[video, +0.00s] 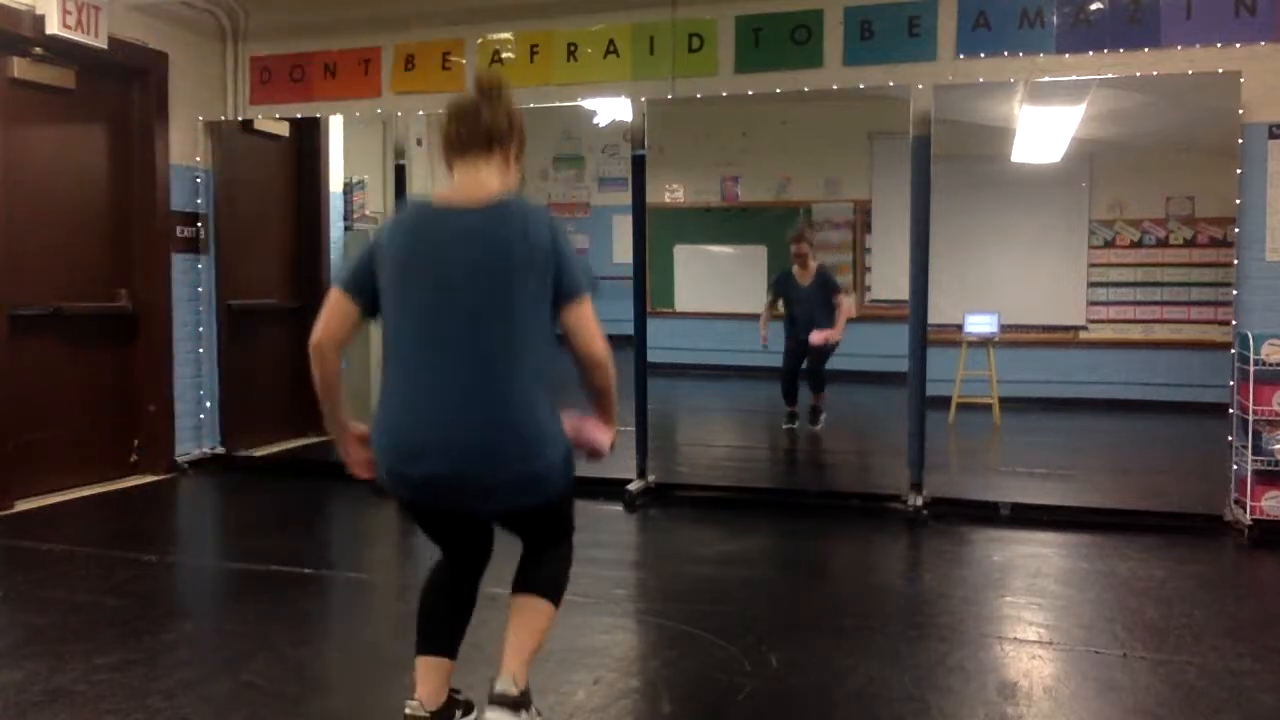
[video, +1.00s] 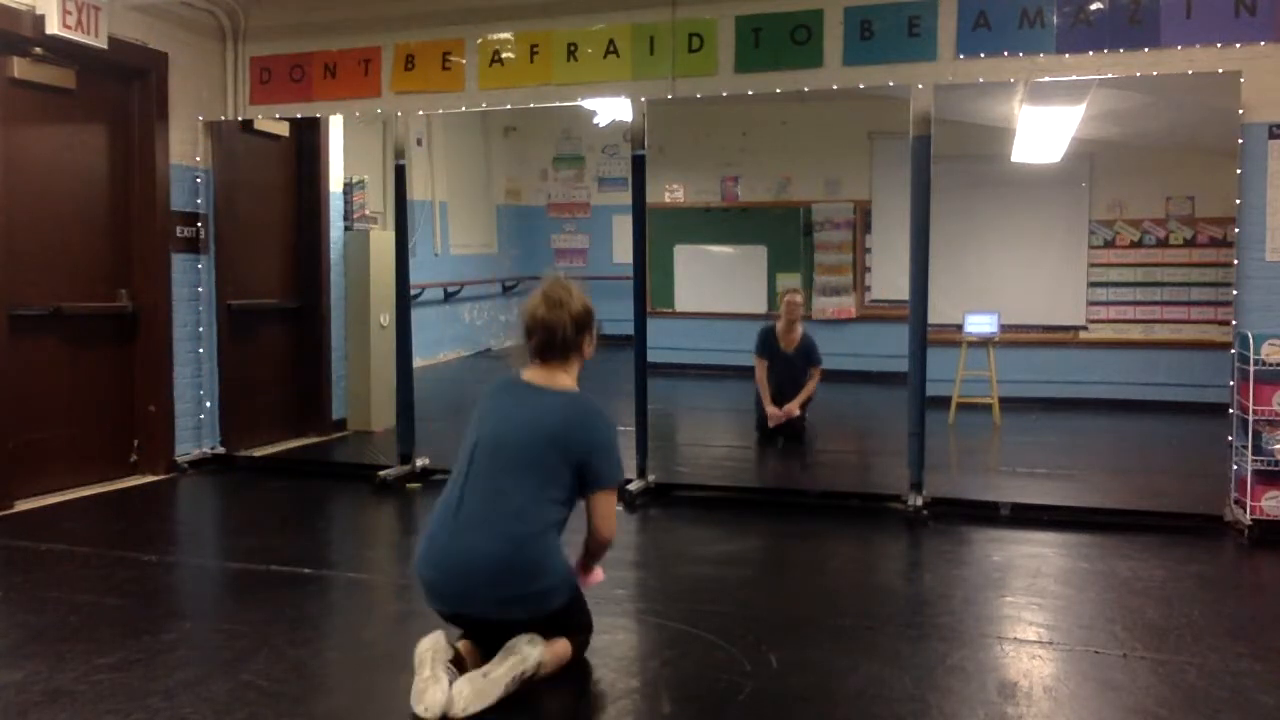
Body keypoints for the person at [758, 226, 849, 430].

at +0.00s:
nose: (799, 260)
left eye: (803, 255)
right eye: (796, 256)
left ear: (811, 253)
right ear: (790, 254)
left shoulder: (823, 276)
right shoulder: (785, 279)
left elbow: (843, 303)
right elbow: (770, 304)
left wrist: (837, 331)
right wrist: (763, 328)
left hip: (821, 335)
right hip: (796, 336)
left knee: (814, 370)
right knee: (788, 374)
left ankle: (817, 407)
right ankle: (792, 411)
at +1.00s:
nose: (792, 308)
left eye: (797, 304)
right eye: (788, 304)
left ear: (802, 309)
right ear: (781, 307)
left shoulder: (807, 342)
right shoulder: (767, 335)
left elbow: (815, 376)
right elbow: (760, 371)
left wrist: (795, 404)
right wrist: (768, 406)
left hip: (795, 409)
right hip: (769, 407)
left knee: (794, 457)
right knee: (766, 456)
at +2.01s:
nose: (787, 333)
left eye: (791, 328)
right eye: (782, 329)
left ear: (797, 332)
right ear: (775, 333)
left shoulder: (807, 358)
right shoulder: (766, 359)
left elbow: (813, 396)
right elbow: (773, 397)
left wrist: (813, 430)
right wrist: (787, 432)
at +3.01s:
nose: (741, 384)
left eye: (742, 379)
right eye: (739, 381)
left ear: (752, 372)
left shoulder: (781, 382)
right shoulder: (749, 387)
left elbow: (764, 419)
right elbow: (731, 415)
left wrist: (735, 439)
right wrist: (713, 435)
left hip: (803, 400)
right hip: (776, 403)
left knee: (794, 440)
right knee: (762, 442)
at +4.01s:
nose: (786, 332)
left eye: (790, 328)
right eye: (782, 327)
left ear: (795, 329)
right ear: (774, 325)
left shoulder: (801, 353)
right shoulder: (759, 350)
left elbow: (815, 377)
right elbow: (750, 377)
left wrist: (800, 395)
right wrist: (767, 395)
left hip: (794, 406)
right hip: (768, 404)